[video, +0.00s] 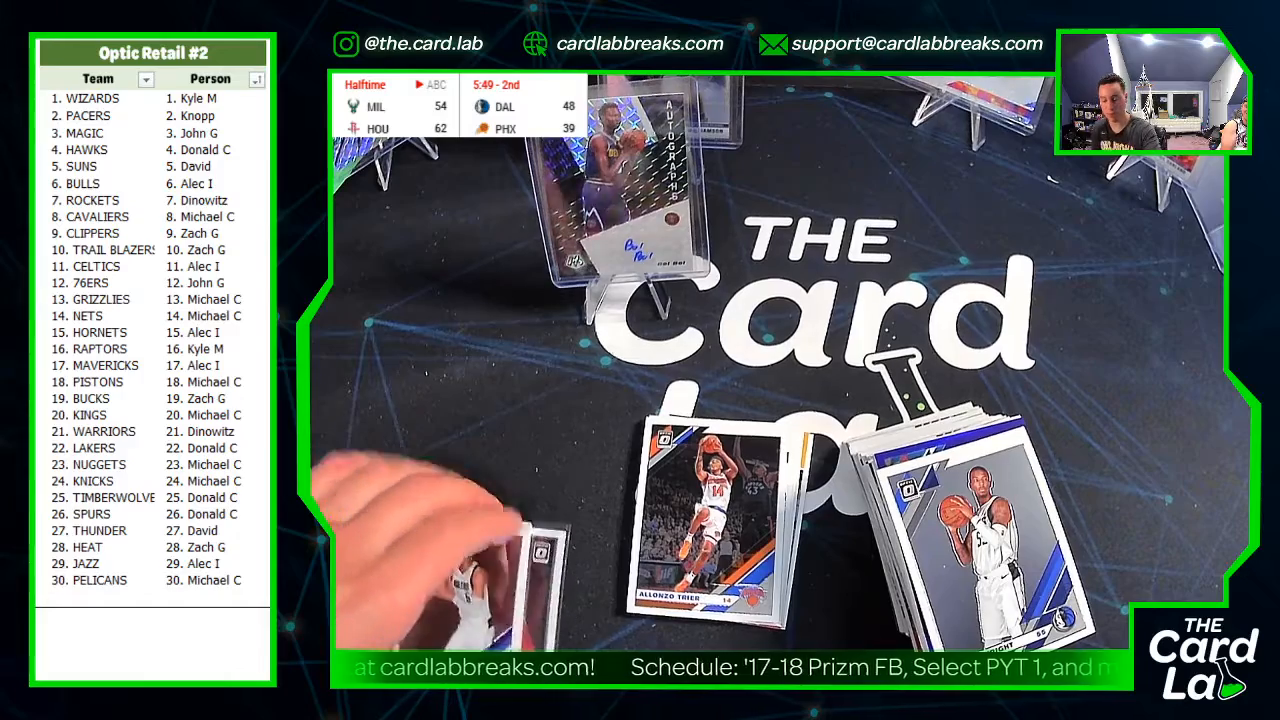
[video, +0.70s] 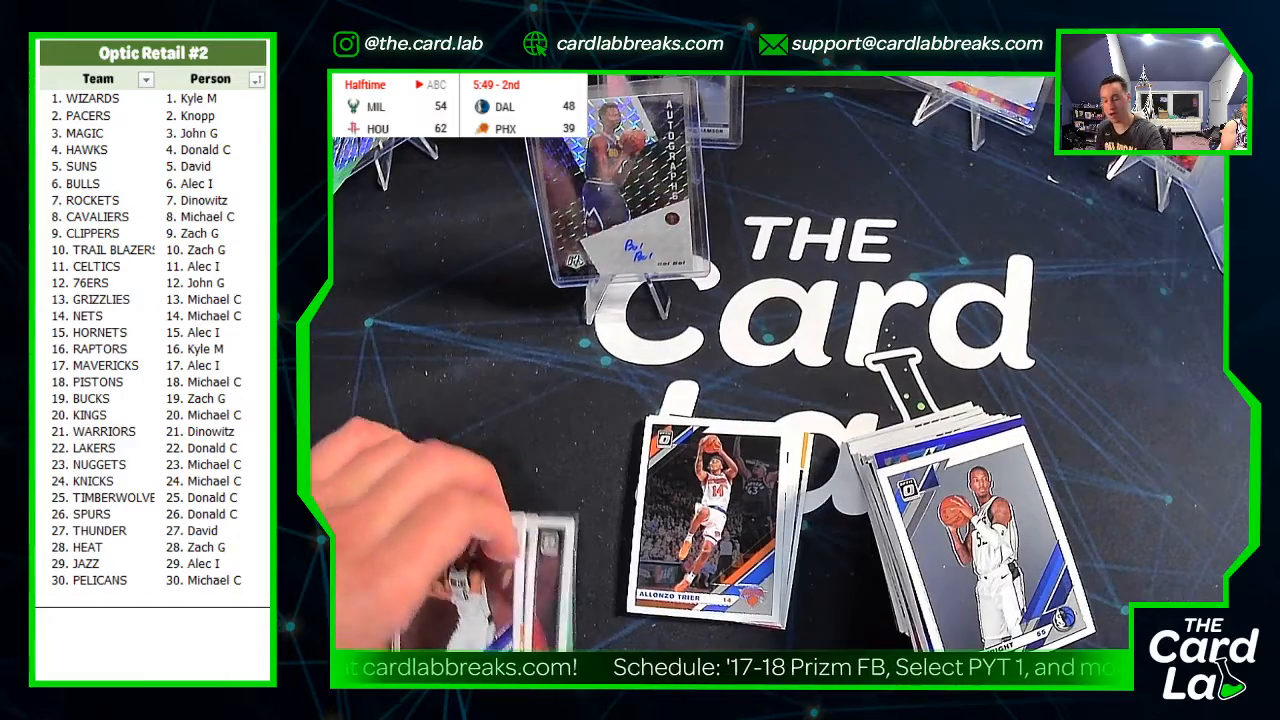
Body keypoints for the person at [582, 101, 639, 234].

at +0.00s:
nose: (615, 119)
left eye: (617, 115)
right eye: (611, 115)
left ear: (620, 118)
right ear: (602, 118)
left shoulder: (616, 141)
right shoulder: (598, 140)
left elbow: (621, 176)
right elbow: (607, 176)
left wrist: (633, 153)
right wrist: (623, 155)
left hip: (612, 187)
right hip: (595, 190)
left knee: (623, 229)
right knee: (595, 236)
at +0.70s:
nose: (616, 119)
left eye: (618, 115)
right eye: (612, 115)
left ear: (620, 118)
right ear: (602, 118)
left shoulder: (617, 142)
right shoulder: (598, 140)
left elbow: (619, 179)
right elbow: (606, 176)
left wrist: (632, 157)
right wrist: (624, 154)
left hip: (611, 189)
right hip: (597, 190)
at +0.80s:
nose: (616, 119)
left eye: (617, 115)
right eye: (611, 115)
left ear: (620, 118)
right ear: (602, 118)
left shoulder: (617, 142)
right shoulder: (598, 140)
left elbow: (620, 179)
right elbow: (606, 175)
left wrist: (632, 156)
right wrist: (623, 157)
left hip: (611, 188)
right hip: (598, 190)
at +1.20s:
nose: (618, 118)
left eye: (618, 115)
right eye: (613, 115)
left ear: (620, 117)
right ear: (603, 119)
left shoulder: (617, 141)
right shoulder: (598, 141)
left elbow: (620, 176)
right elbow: (606, 176)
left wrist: (632, 155)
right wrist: (624, 153)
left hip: (613, 190)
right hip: (596, 191)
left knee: (625, 229)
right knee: (598, 235)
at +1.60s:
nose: (618, 119)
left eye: (618, 115)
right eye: (613, 116)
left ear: (620, 117)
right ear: (603, 119)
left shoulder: (615, 141)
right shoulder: (598, 141)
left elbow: (620, 171)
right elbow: (607, 176)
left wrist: (631, 153)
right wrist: (624, 156)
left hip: (612, 189)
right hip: (596, 193)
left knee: (623, 229)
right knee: (599, 236)